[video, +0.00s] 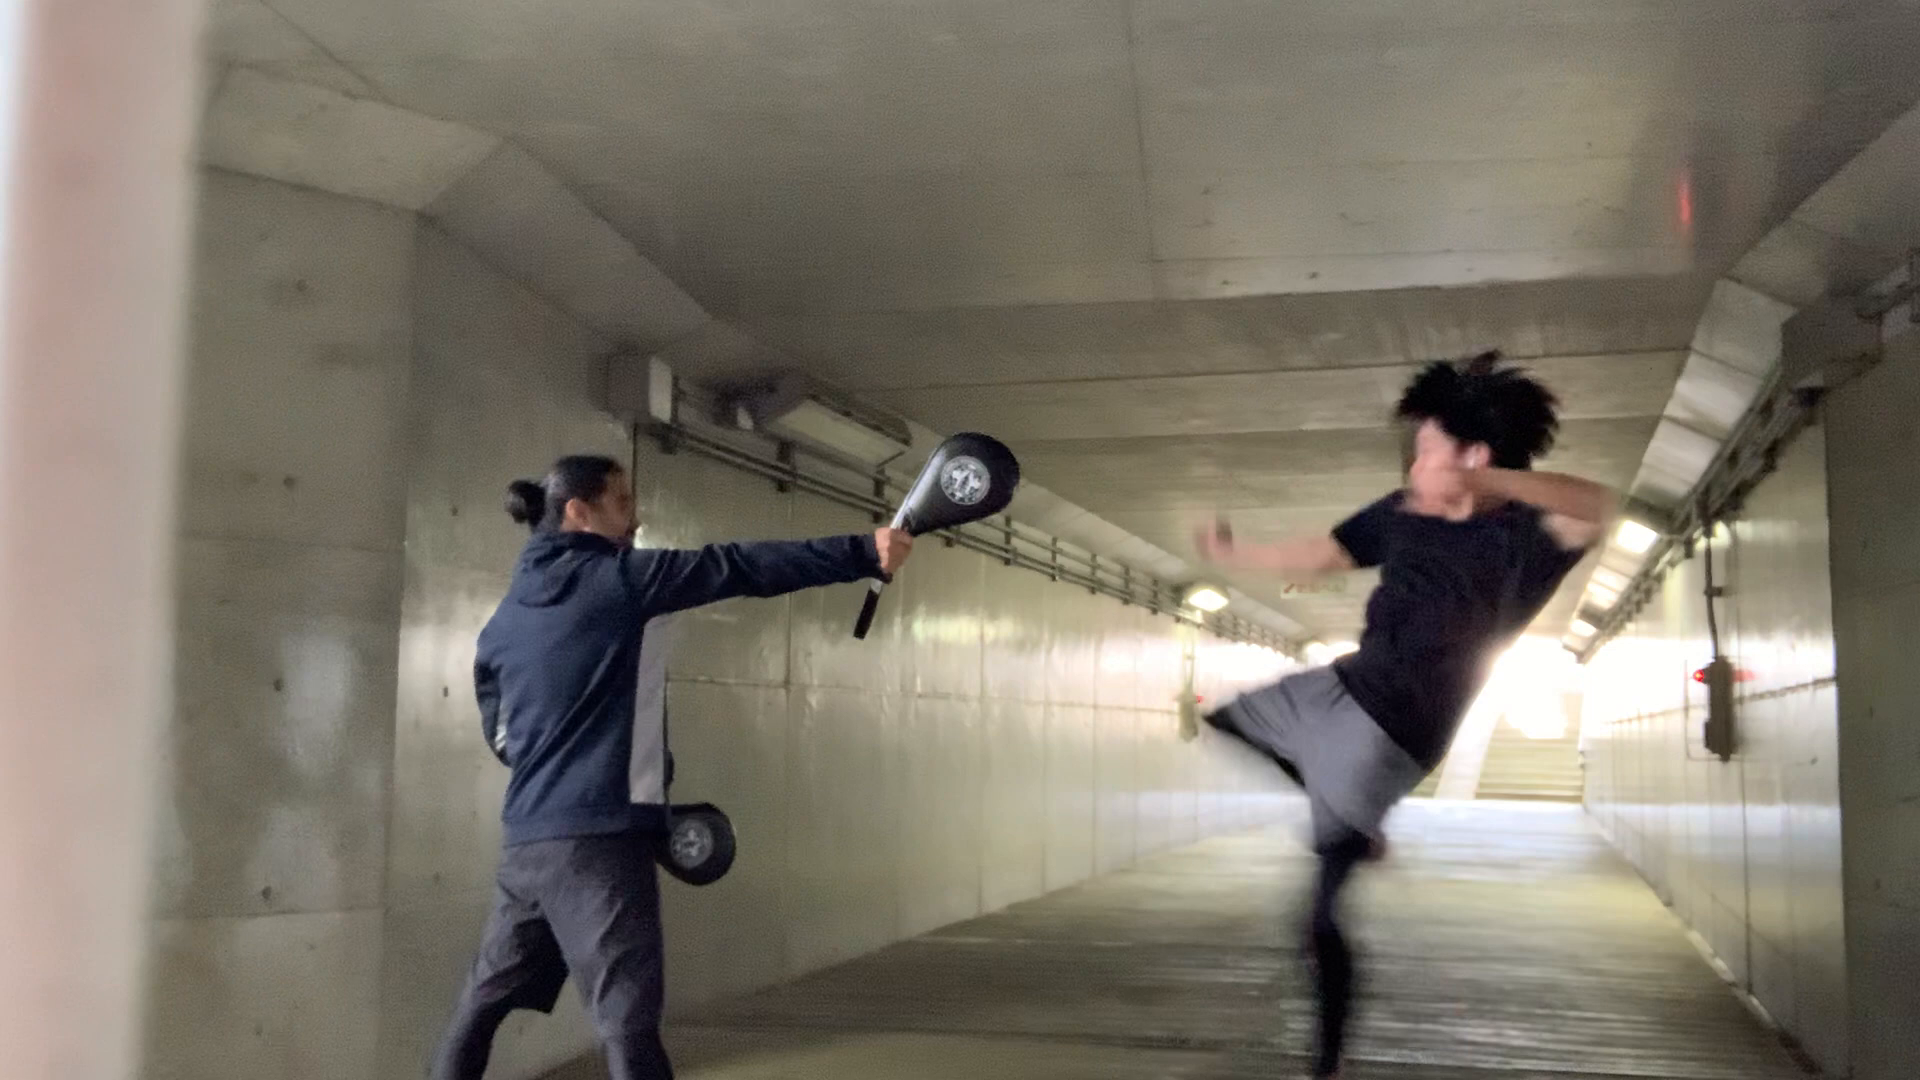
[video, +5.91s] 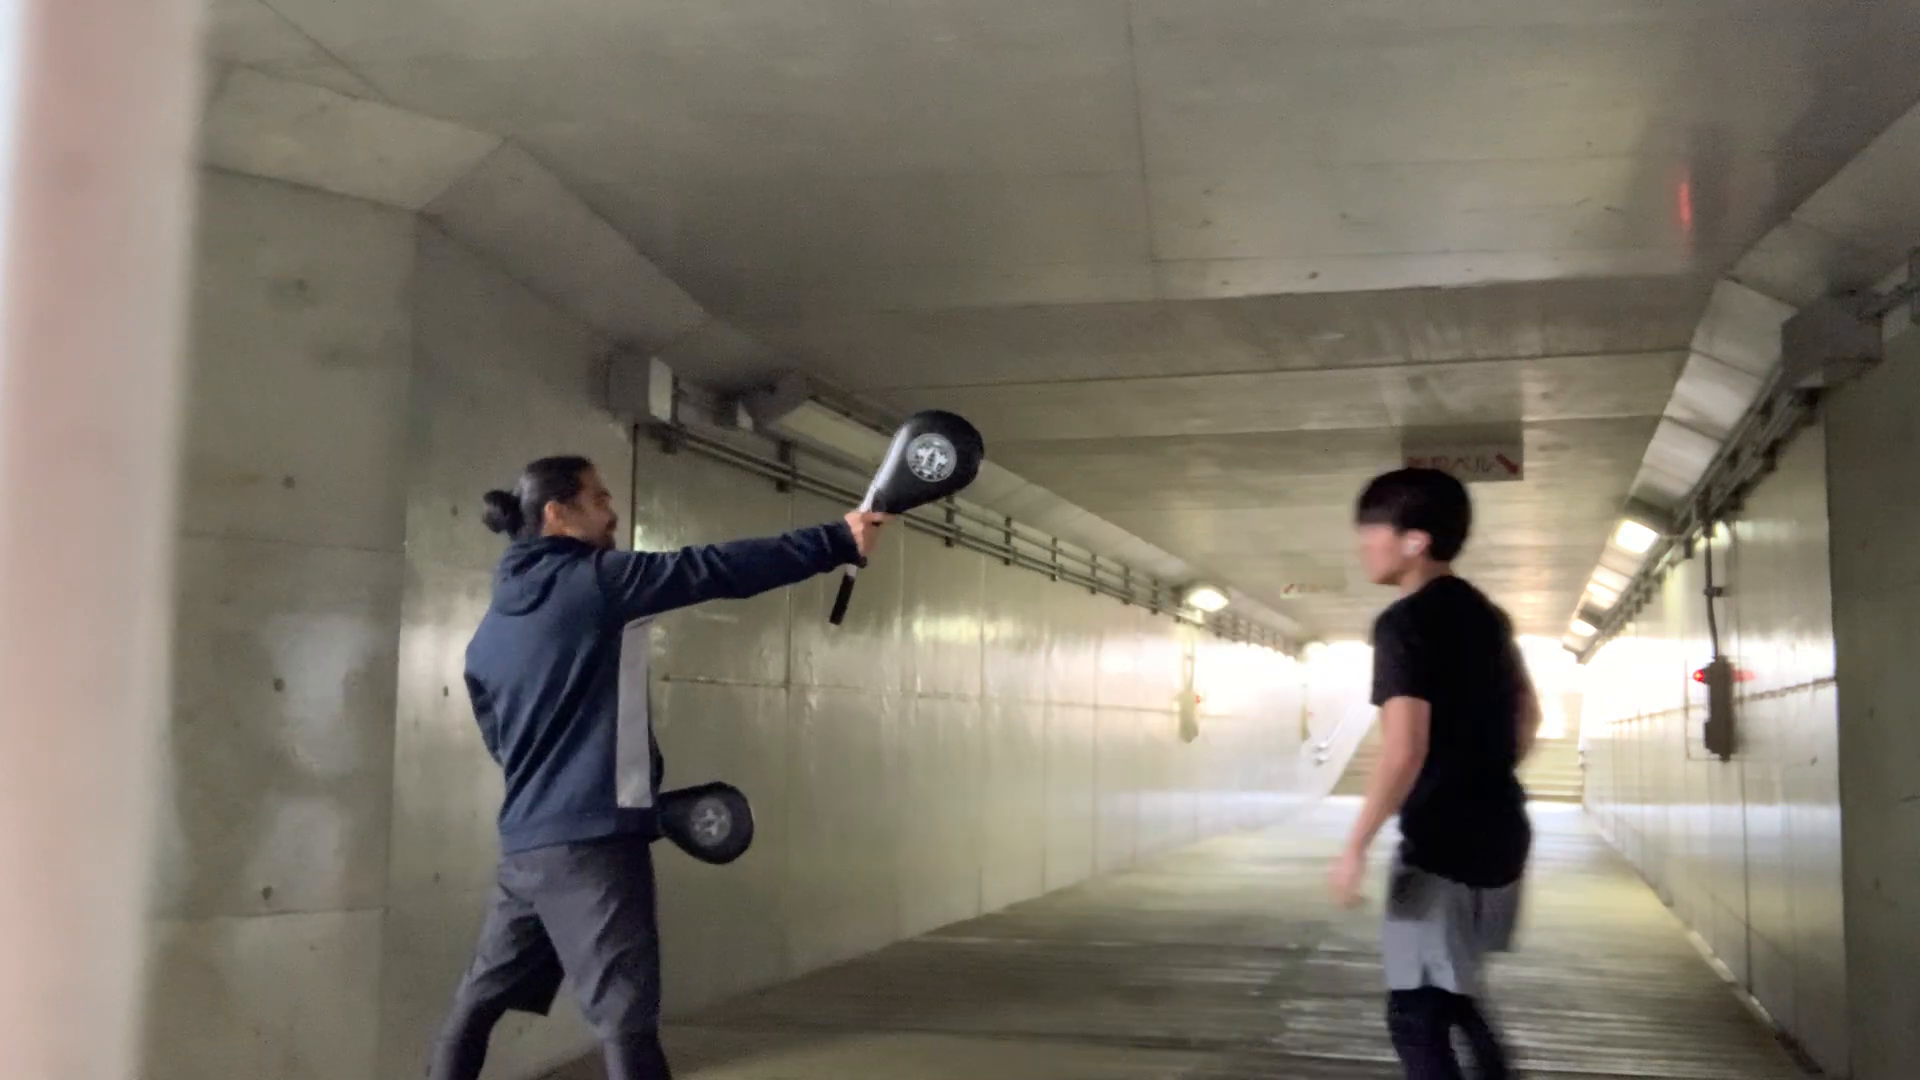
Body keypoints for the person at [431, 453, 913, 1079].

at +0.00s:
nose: (635, 515)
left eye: (632, 501)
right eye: (623, 502)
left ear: (568, 513)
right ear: (577, 509)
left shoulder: (503, 620)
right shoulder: (616, 575)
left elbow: (504, 735)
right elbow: (736, 566)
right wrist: (863, 552)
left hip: (528, 835)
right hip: (595, 832)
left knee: (480, 1005)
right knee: (627, 1024)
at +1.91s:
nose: (622, 513)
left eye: (619, 499)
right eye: (611, 500)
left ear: (555, 514)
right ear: (567, 509)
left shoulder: (492, 630)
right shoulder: (604, 577)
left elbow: (511, 741)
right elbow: (723, 563)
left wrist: (629, 787)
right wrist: (851, 540)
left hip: (528, 838)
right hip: (595, 835)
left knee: (477, 1008)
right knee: (629, 1023)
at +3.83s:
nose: (630, 517)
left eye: (627, 503)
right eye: (618, 503)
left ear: (564, 516)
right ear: (572, 512)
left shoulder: (495, 630)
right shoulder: (608, 578)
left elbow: (513, 741)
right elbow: (727, 565)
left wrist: (634, 786)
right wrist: (855, 544)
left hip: (529, 841)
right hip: (596, 839)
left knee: (477, 1009)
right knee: (629, 1027)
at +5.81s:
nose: (611, 513)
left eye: (607, 499)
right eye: (598, 499)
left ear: (544, 517)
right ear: (553, 512)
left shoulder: (487, 639)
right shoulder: (592, 579)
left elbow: (525, 753)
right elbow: (710, 570)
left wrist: (636, 794)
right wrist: (834, 540)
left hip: (526, 842)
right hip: (591, 840)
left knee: (474, 1008)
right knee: (625, 1027)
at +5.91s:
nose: (614, 512)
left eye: (609, 498)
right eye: (600, 499)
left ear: (547, 518)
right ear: (557, 513)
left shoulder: (487, 639)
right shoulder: (595, 578)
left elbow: (517, 753)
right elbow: (715, 569)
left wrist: (633, 792)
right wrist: (838, 539)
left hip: (527, 841)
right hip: (591, 838)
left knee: (474, 1009)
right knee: (627, 1024)